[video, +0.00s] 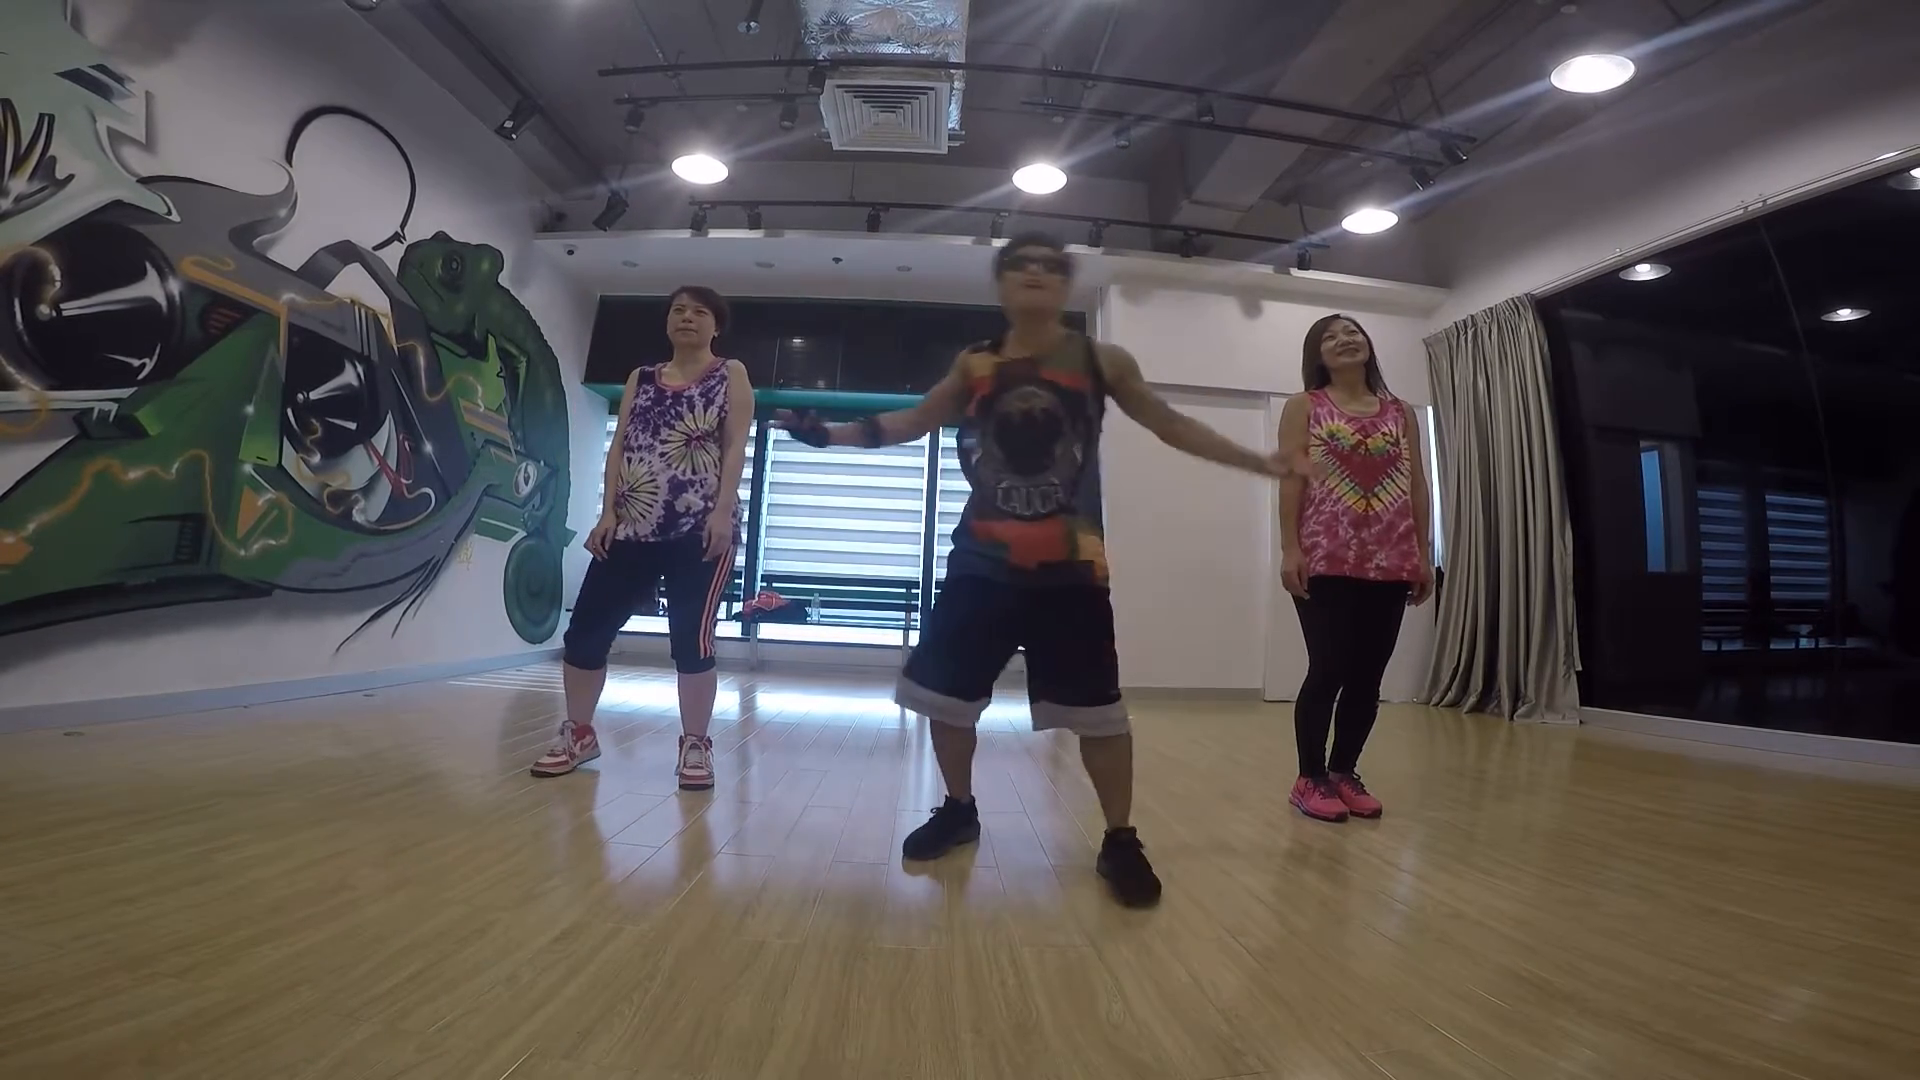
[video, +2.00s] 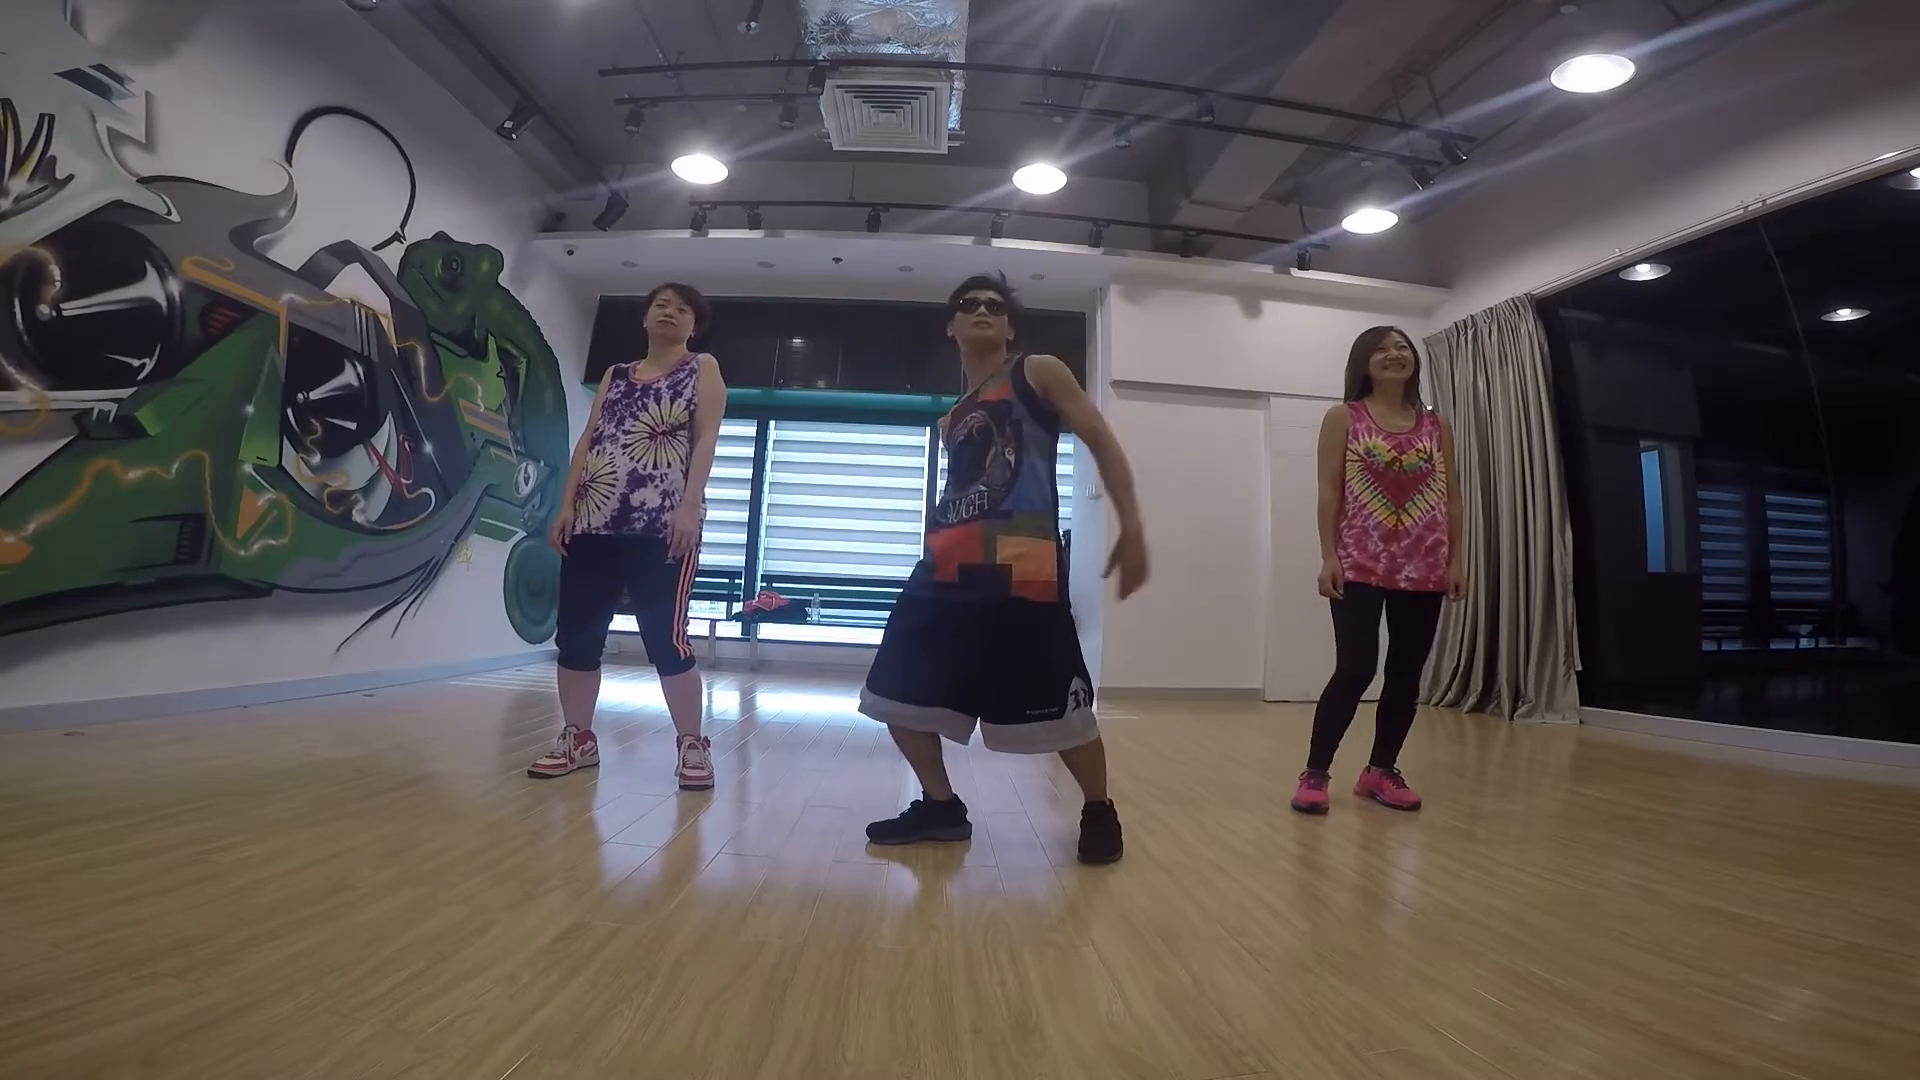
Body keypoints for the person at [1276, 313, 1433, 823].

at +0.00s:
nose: (1345, 338)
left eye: (1353, 332)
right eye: (1331, 336)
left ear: (1370, 348)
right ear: (1317, 358)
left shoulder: (1398, 411)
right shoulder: (1304, 407)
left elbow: (1417, 486)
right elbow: (1293, 479)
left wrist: (1423, 555)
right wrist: (1291, 548)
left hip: (1389, 564)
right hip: (1325, 562)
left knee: (1366, 679)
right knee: (1326, 672)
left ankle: (1344, 774)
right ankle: (1310, 780)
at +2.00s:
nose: (1394, 354)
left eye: (1402, 348)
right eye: (1382, 349)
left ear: (1415, 362)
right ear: (1364, 364)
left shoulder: (1435, 424)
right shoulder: (1343, 417)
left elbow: (1450, 495)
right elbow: (1330, 489)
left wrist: (1456, 559)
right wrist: (1329, 557)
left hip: (1422, 569)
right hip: (1359, 566)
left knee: (1404, 676)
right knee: (1356, 670)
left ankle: (1381, 771)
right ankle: (1316, 774)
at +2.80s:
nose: (1394, 354)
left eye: (1402, 348)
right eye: (1382, 349)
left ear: (1414, 364)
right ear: (1362, 364)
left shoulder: (1435, 424)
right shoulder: (1339, 418)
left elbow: (1452, 491)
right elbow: (1327, 487)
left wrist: (1455, 553)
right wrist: (1327, 554)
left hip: (1421, 567)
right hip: (1356, 564)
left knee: (1405, 675)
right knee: (1347, 670)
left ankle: (1381, 771)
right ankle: (1315, 776)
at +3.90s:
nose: (1359, 343)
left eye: (1367, 339)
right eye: (1345, 339)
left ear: (1379, 361)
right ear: (1325, 360)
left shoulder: (1396, 423)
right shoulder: (1298, 412)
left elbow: (1410, 497)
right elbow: (1278, 485)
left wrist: (1416, 561)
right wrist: (1272, 555)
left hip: (1368, 572)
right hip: (1302, 567)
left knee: (1391, 672)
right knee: (1308, 673)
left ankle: (1369, 763)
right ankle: (1283, 784)